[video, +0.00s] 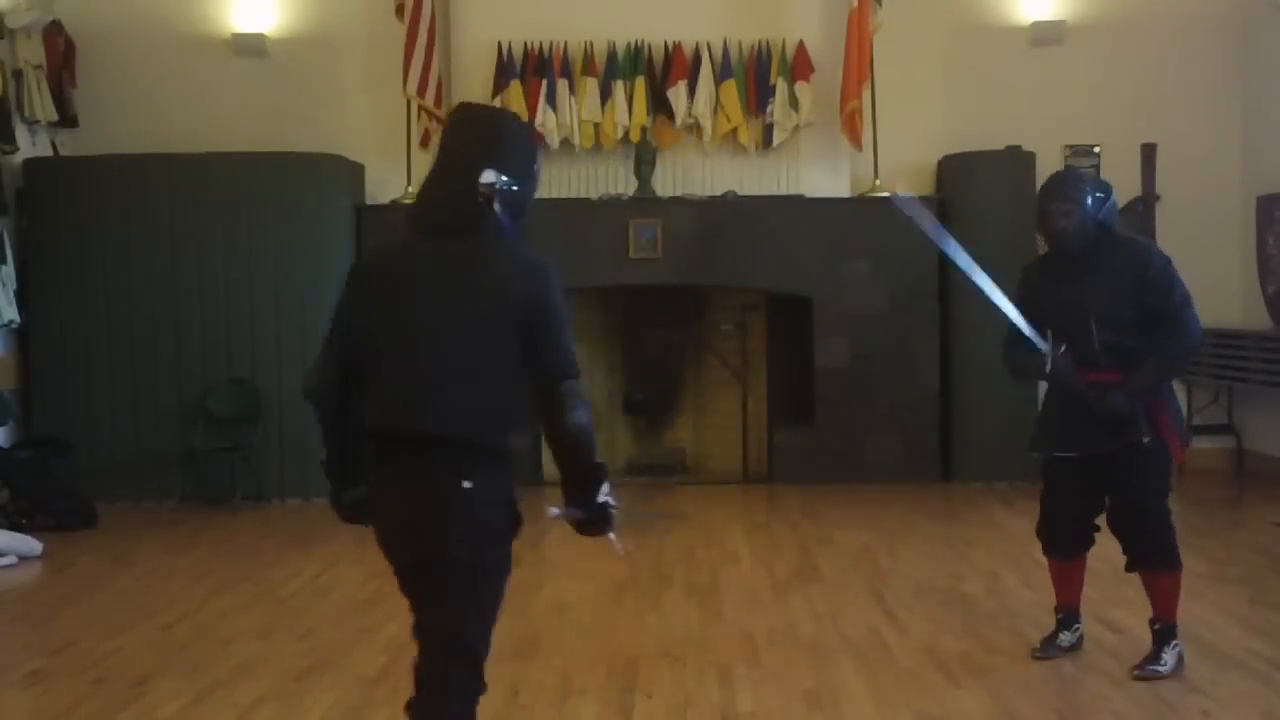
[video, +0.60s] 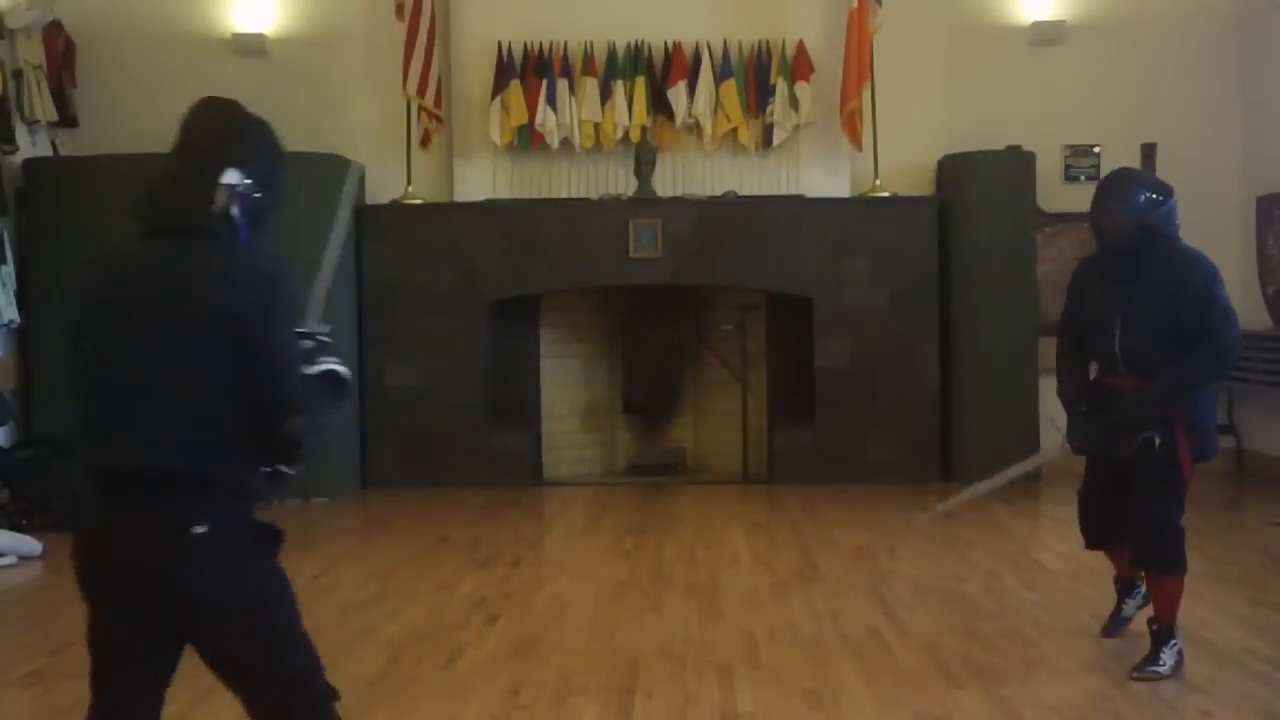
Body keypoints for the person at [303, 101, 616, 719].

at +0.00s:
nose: (531, 193)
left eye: (528, 176)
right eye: (527, 178)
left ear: (441, 175)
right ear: (510, 186)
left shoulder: (381, 263)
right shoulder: (520, 273)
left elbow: (329, 382)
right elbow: (563, 402)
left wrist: (348, 475)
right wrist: (587, 491)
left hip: (391, 477)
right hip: (476, 482)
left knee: (441, 647)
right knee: (454, 664)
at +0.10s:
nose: (504, 185)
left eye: (501, 169)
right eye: (500, 170)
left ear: (414, 162)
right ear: (484, 175)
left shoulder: (350, 250)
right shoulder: (492, 263)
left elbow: (310, 377)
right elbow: (523, 403)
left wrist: (367, 433)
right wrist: (554, 480)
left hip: (359, 478)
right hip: (445, 486)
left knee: (386, 636)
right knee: (436, 664)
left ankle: (360, 710)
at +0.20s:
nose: (471, 176)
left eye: (466, 161)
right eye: (467, 161)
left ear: (378, 155)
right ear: (452, 169)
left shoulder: (318, 249)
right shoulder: (458, 260)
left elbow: (288, 377)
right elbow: (484, 393)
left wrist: (356, 401)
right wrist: (516, 453)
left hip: (325, 487)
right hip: (415, 494)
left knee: (318, 656)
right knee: (421, 681)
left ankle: (273, 710)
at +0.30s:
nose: (432, 176)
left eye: (430, 159)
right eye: (427, 160)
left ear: (340, 159)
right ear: (405, 170)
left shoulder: (277, 255)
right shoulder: (418, 264)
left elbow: (261, 386)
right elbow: (446, 410)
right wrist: (485, 424)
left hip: (291, 499)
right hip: (384, 506)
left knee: (252, 663)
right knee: (409, 687)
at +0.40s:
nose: (385, 190)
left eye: (383, 172)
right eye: (381, 173)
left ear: (289, 168)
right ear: (359, 179)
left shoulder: (228, 267)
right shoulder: (365, 272)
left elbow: (225, 396)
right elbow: (401, 421)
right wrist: (453, 407)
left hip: (243, 517)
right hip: (340, 524)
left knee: (196, 683)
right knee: (391, 694)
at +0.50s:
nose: (331, 201)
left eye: (330, 182)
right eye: (327, 184)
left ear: (237, 173)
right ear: (303, 189)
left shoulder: (171, 273)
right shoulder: (308, 280)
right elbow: (344, 426)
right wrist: (391, 394)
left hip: (180, 530)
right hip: (280, 537)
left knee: (152, 705)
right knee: (348, 702)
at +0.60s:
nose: (270, 209)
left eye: (270, 189)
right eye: (267, 190)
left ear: (179, 172)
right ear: (243, 192)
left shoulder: (113, 270)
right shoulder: (247, 281)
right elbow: (276, 428)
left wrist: (267, 355)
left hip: (114, 535)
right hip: (209, 542)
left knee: (118, 709)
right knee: (302, 706)